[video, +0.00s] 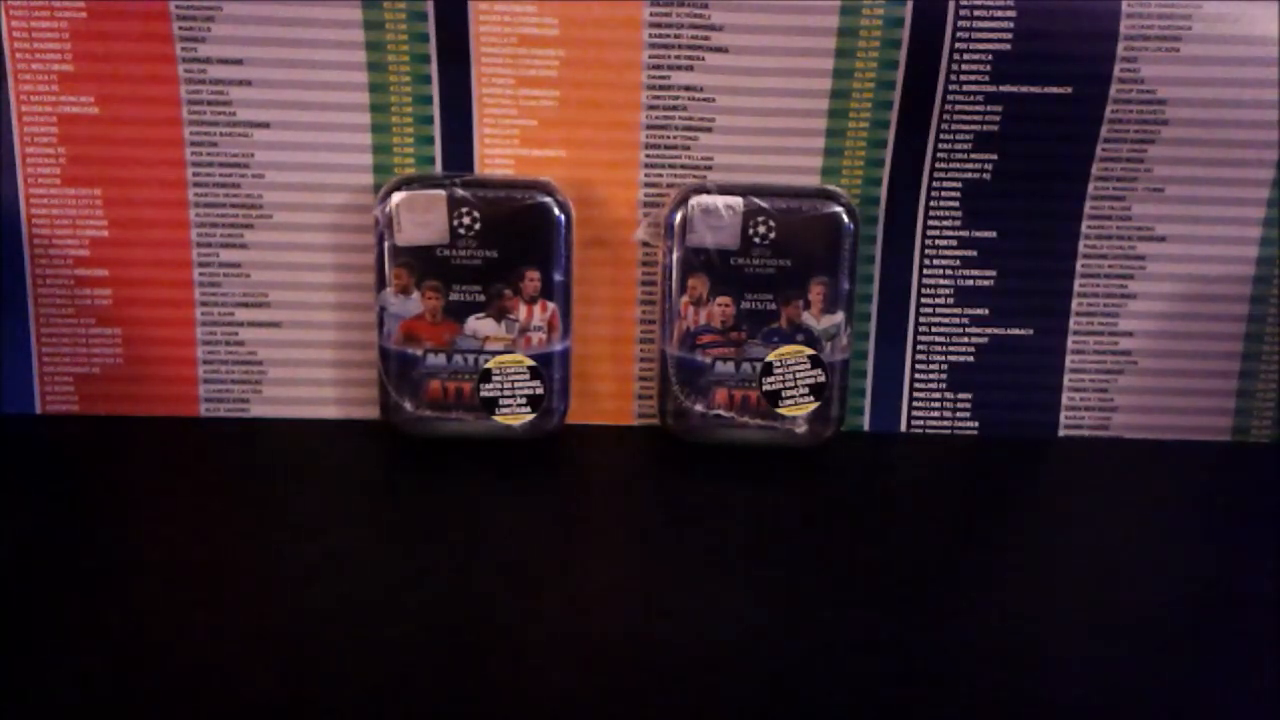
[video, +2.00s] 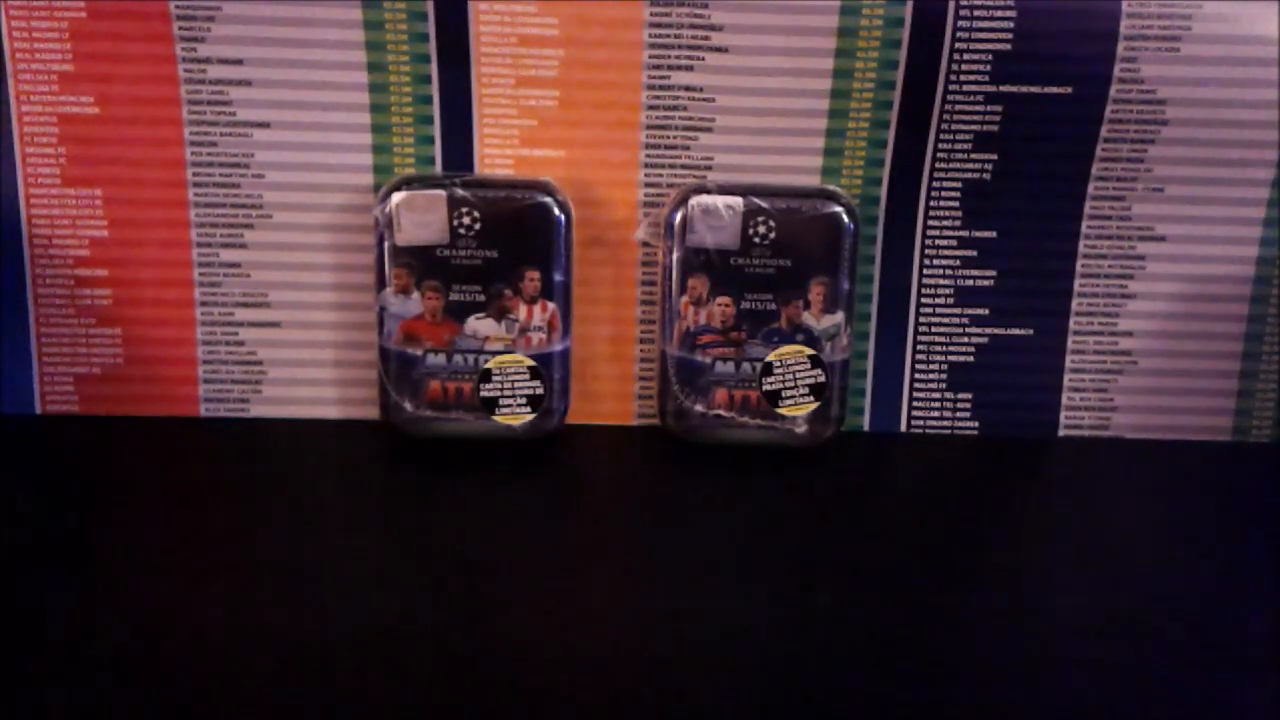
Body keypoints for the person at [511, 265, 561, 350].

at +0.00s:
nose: (536, 285)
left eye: (539, 281)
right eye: (531, 280)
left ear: (541, 283)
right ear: (521, 284)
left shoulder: (551, 308)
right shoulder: (511, 306)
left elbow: (556, 337)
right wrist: (521, 329)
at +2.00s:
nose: (536, 285)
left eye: (538, 281)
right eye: (531, 280)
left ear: (541, 283)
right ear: (521, 284)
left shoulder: (551, 308)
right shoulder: (511, 306)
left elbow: (556, 337)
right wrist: (520, 329)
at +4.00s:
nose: (536, 285)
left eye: (539, 281)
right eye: (531, 280)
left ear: (541, 283)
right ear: (521, 284)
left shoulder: (550, 308)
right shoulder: (513, 305)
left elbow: (556, 337)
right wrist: (520, 328)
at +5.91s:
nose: (536, 285)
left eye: (539, 281)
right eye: (531, 280)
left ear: (541, 283)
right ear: (521, 284)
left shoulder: (550, 308)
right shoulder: (512, 305)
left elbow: (556, 336)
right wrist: (520, 328)